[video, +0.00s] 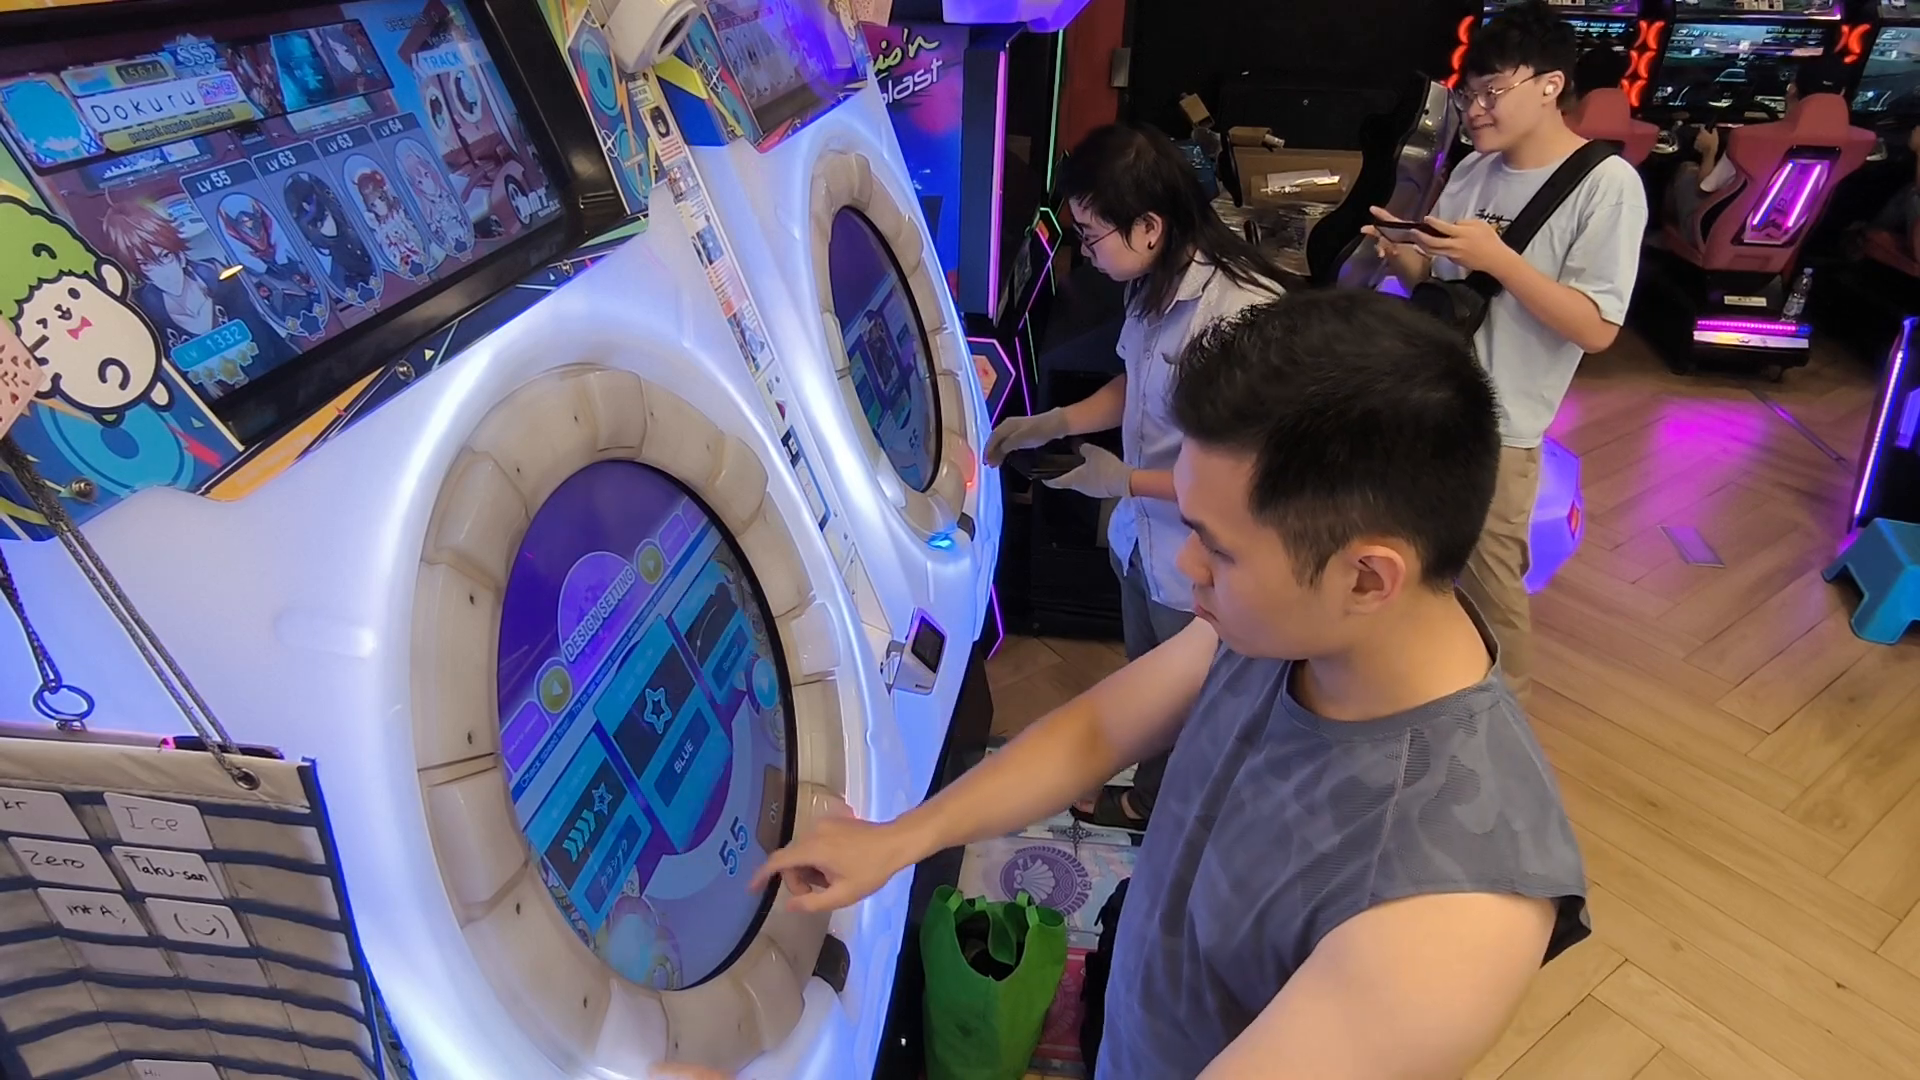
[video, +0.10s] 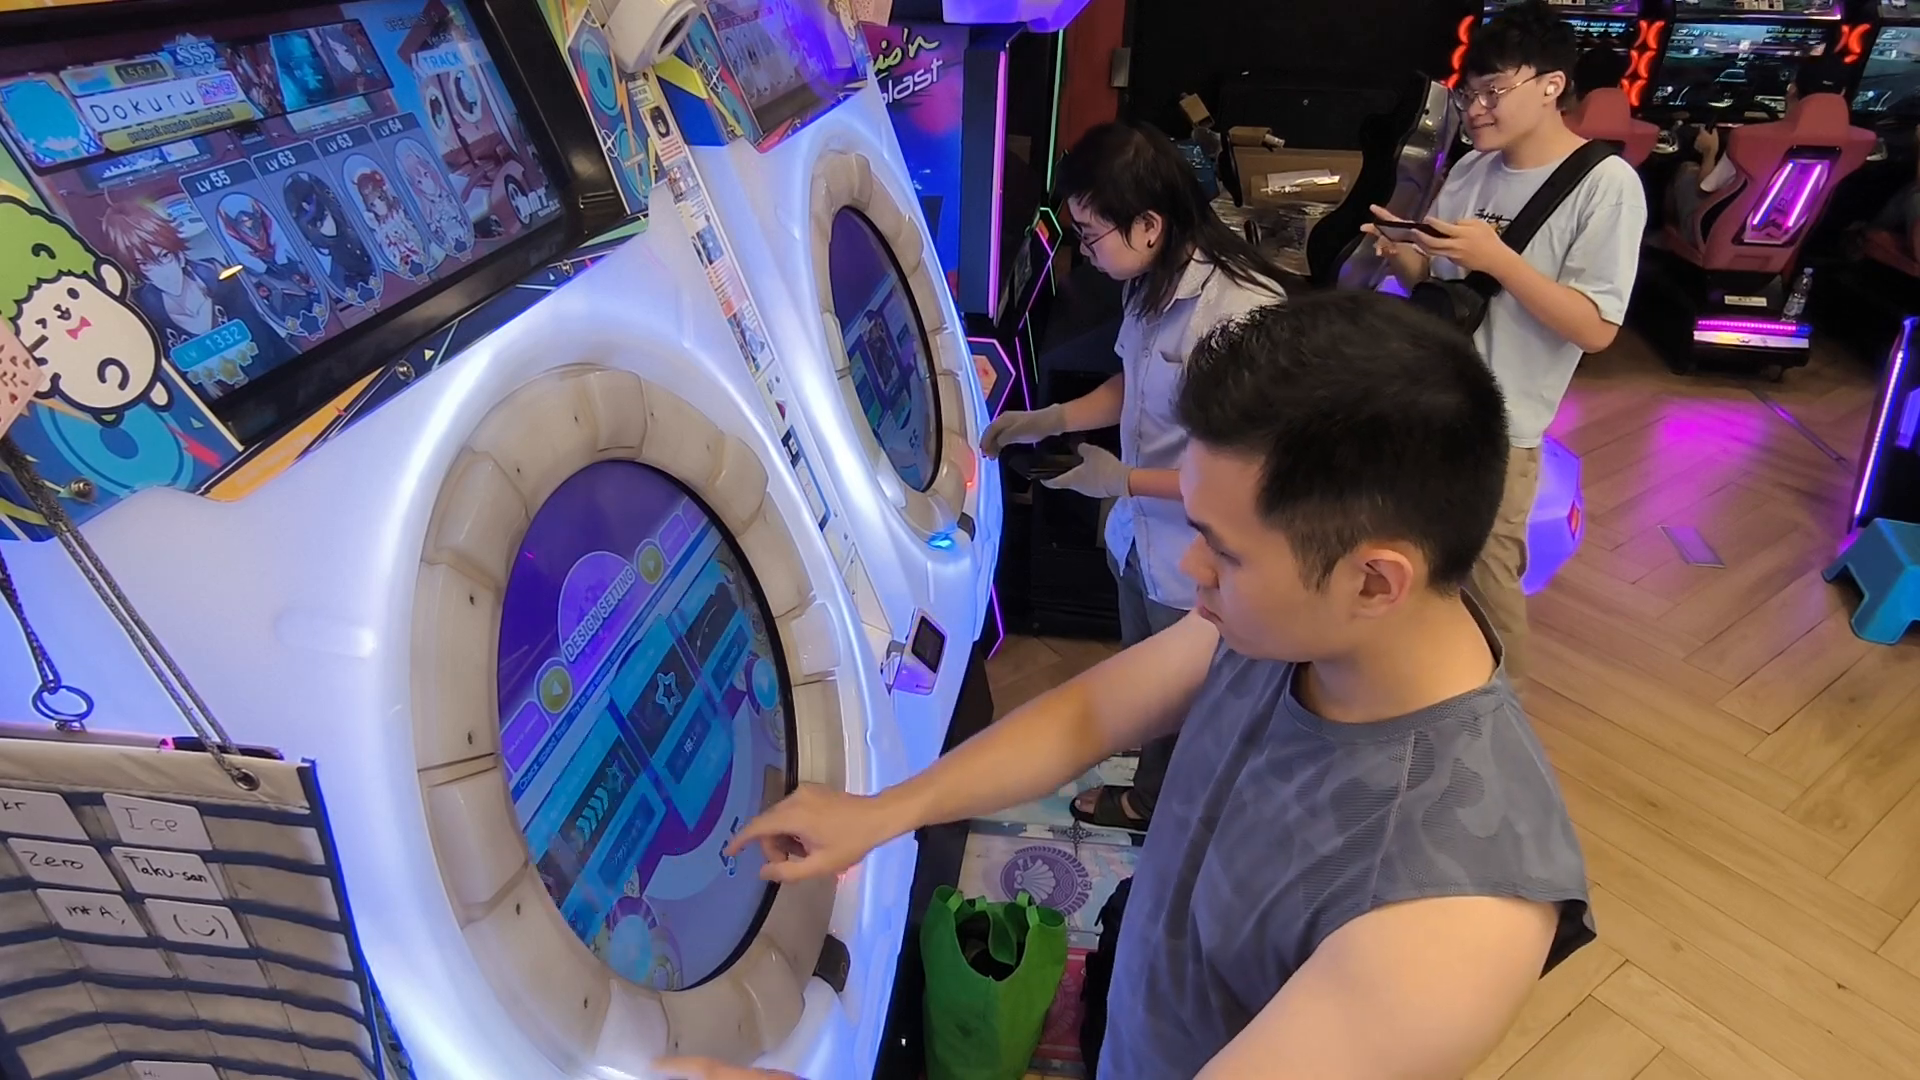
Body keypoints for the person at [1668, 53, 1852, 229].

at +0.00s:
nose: (1788, 88)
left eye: (1791, 84)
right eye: (1791, 82)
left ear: (1793, 91)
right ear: (1841, 96)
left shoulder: (1757, 140)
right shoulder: (1837, 151)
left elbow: (1707, 186)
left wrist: (1708, 151)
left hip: (1720, 246)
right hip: (1777, 252)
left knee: (1687, 170)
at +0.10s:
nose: (1788, 88)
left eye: (1791, 83)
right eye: (1792, 82)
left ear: (1794, 90)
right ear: (1841, 96)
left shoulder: (1757, 140)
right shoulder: (1840, 152)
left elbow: (1706, 186)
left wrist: (1709, 151)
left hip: (1721, 244)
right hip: (1780, 249)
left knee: (1687, 170)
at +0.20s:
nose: (1788, 88)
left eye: (1792, 83)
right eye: (1792, 82)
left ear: (1795, 90)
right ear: (1841, 96)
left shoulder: (1757, 140)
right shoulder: (1840, 151)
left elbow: (1707, 186)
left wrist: (1708, 153)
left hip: (1721, 244)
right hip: (1780, 249)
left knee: (1686, 171)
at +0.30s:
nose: (1787, 89)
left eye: (1791, 84)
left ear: (1793, 90)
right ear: (1842, 95)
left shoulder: (1756, 141)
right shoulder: (1843, 152)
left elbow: (1707, 185)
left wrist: (1707, 152)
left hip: (1722, 246)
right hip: (1781, 251)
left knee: (1686, 171)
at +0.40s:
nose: (1788, 88)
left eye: (1791, 84)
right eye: (1792, 82)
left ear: (1793, 89)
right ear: (1842, 96)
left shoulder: (1757, 140)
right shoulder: (1842, 152)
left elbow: (1707, 184)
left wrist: (1708, 148)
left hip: (1721, 244)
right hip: (1780, 250)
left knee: (1687, 170)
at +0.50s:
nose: (1787, 88)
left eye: (1790, 83)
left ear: (1792, 90)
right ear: (1841, 95)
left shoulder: (1756, 140)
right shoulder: (1844, 152)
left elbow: (1709, 183)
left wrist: (1709, 143)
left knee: (1687, 171)